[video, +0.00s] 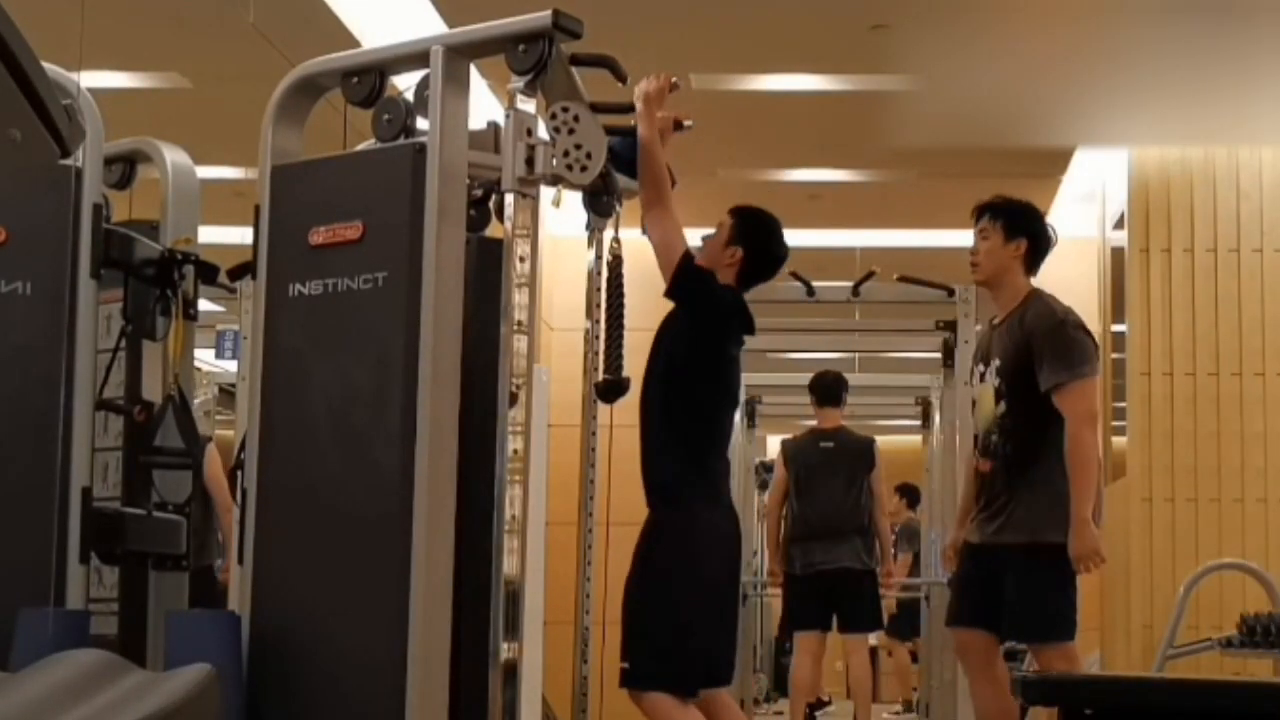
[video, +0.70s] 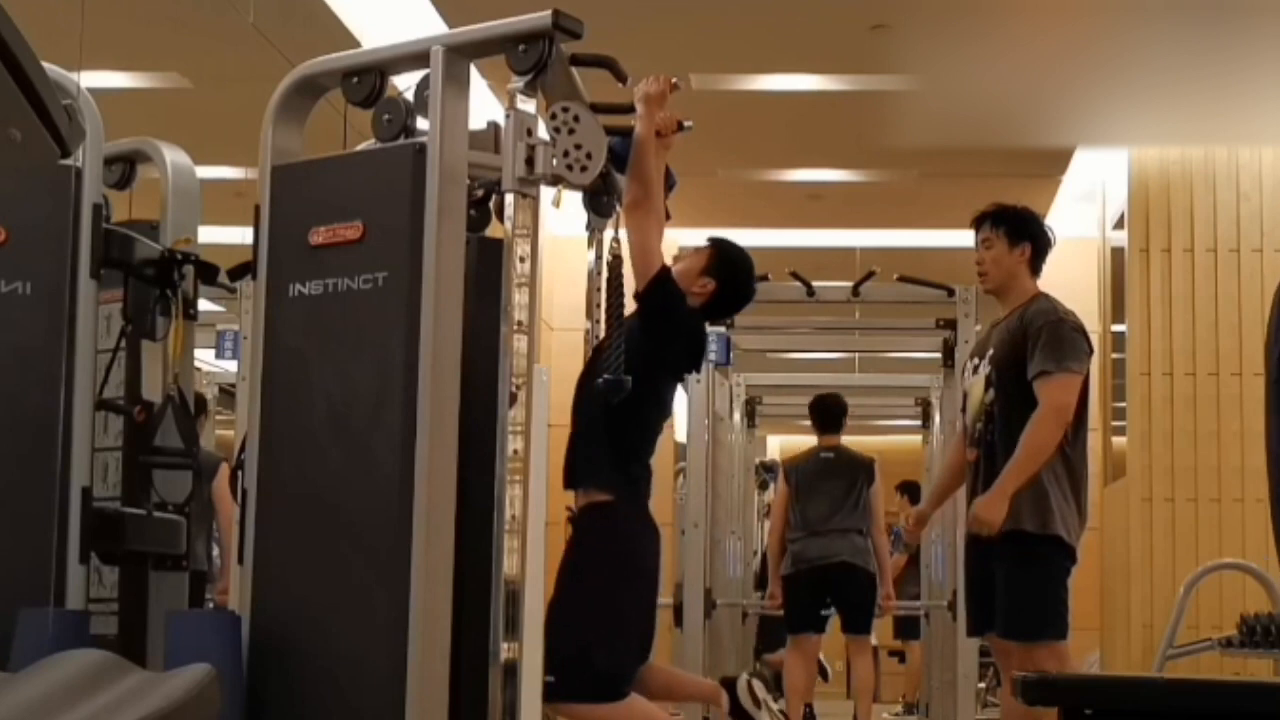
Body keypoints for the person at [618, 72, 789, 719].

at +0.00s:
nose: (705, 239)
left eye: (718, 234)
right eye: (716, 232)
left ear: (734, 257)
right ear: (741, 263)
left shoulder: (707, 302)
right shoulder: (721, 307)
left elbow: (655, 209)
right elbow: (661, 212)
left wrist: (647, 124)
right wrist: (654, 136)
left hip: (682, 523)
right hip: (709, 522)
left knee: (650, 686)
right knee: (710, 689)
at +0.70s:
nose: (679, 253)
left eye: (692, 253)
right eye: (690, 249)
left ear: (703, 281)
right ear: (705, 287)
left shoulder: (666, 319)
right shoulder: (665, 321)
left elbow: (639, 205)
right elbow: (645, 217)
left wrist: (646, 123)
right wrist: (655, 138)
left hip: (608, 532)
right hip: (620, 528)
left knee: (574, 692)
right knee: (617, 670)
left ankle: (685, 715)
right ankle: (722, 696)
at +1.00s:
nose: (705, 230)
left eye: (717, 227)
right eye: (713, 223)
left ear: (736, 249)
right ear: (739, 256)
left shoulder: (700, 294)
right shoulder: (696, 293)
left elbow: (638, 211)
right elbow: (646, 218)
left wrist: (644, 127)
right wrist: (654, 142)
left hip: (584, 465)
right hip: (597, 465)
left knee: (539, 618)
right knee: (585, 607)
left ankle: (668, 689)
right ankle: (689, 646)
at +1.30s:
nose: (723, 168)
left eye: (733, 158)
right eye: (730, 158)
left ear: (758, 171)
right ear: (772, 182)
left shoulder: (726, 222)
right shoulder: (750, 249)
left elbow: (638, 195)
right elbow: (647, 235)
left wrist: (645, 122)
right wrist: (656, 151)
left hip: (603, 377)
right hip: (633, 386)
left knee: (532, 521)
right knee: (577, 527)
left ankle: (620, 613)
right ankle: (660, 576)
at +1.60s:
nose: (713, 87)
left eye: (723, 77)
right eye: (719, 76)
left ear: (748, 88)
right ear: (763, 97)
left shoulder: (725, 145)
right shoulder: (752, 167)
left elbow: (645, 187)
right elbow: (660, 192)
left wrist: (646, 119)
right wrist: (662, 137)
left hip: (633, 303)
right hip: (660, 317)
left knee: (543, 444)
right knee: (582, 448)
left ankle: (631, 539)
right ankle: (649, 516)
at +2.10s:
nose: (715, 121)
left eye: (725, 111)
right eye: (721, 110)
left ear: (750, 124)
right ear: (766, 134)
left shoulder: (723, 180)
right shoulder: (747, 193)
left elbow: (636, 192)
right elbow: (652, 204)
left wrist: (644, 125)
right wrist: (657, 144)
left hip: (637, 362)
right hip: (659, 364)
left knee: (584, 505)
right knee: (621, 511)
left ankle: (711, 554)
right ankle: (716, 550)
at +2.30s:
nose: (722, 179)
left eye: (733, 170)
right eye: (729, 169)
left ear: (755, 189)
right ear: (764, 198)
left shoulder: (723, 241)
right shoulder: (736, 252)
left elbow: (640, 199)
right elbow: (646, 220)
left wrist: (646, 127)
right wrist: (656, 142)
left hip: (636, 412)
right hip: (660, 414)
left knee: (596, 579)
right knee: (640, 568)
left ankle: (729, 606)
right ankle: (735, 607)